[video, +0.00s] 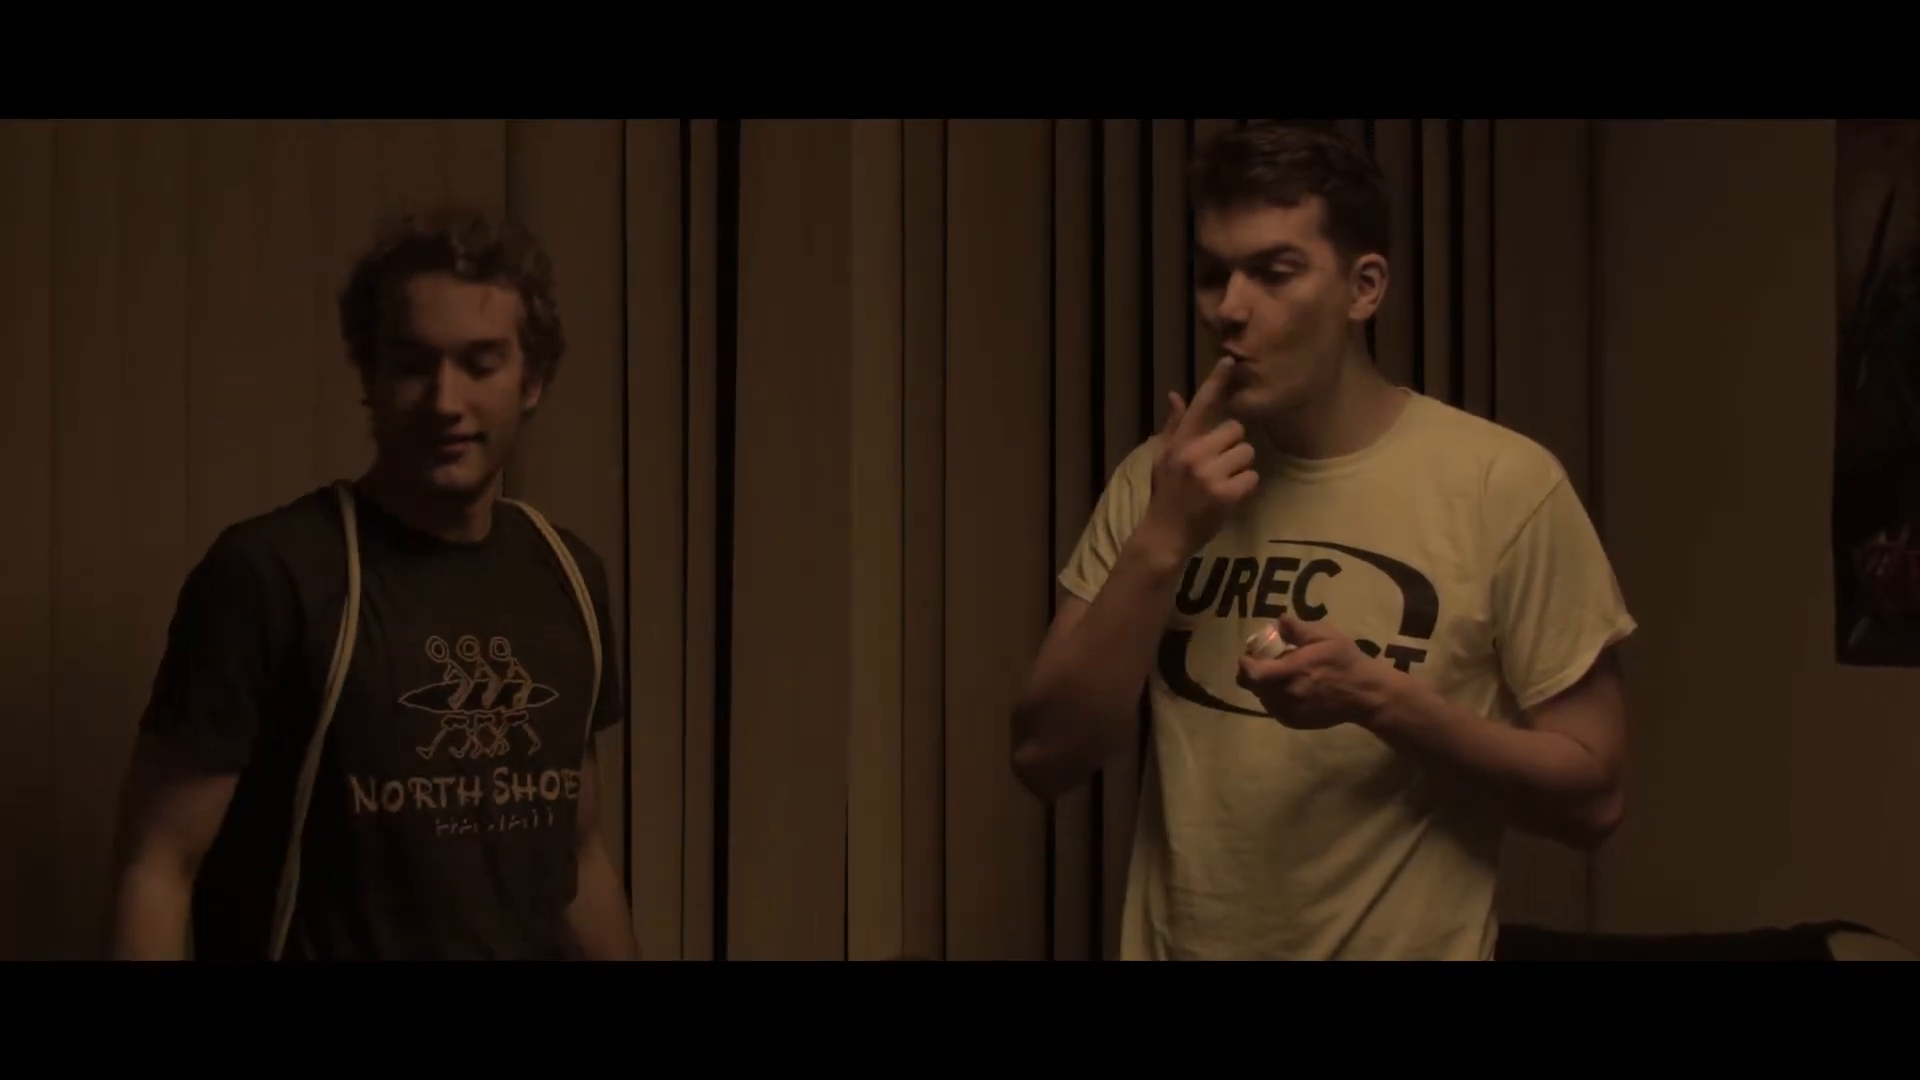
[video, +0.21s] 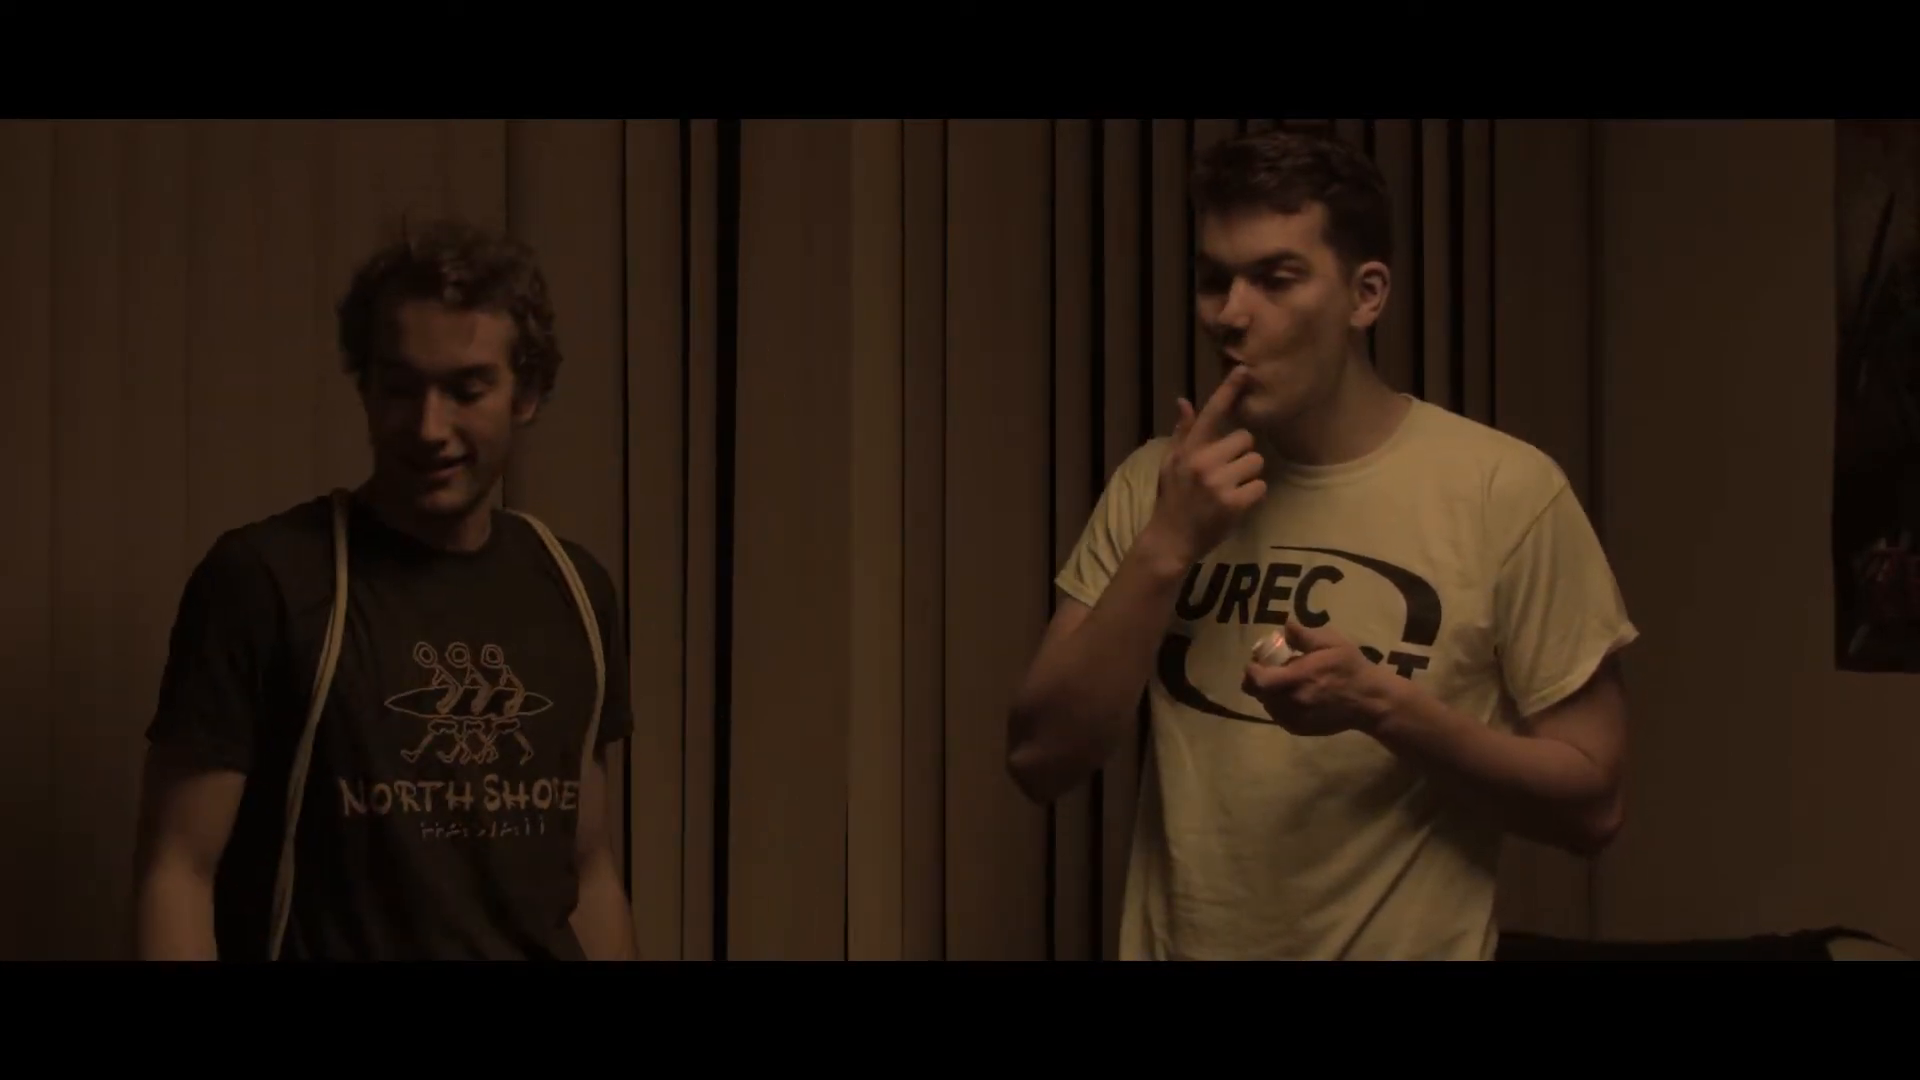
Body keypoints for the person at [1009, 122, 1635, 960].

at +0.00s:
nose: (1228, 310)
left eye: (1275, 272)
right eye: (1215, 275)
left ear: (1365, 287)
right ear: (1198, 283)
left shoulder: (1508, 489)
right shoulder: (1157, 478)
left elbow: (1593, 795)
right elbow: (1044, 757)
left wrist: (1383, 696)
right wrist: (1162, 536)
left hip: (1407, 946)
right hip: (1173, 942)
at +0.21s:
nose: (1230, 314)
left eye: (1276, 278)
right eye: (1216, 279)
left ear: (1367, 294)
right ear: (1198, 288)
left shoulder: (1508, 496)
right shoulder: (1155, 483)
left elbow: (1593, 803)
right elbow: (1041, 760)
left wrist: (1386, 704)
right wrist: (1165, 542)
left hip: (1407, 949)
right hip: (1172, 944)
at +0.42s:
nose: (1239, 339)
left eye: (1282, 301)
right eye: (1219, 304)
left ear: (1370, 314)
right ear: (1201, 314)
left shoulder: (1507, 516)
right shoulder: (1153, 506)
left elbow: (1594, 821)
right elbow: (1037, 778)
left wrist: (1385, 724)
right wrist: (1162, 558)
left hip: (1411, 949)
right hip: (1173, 944)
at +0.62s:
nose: (1238, 341)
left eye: (1282, 305)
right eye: (1220, 305)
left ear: (1371, 316)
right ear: (1201, 313)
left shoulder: (1508, 516)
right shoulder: (1156, 503)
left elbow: (1594, 822)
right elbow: (1042, 778)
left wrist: (1387, 724)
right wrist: (1165, 560)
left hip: (1411, 947)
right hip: (1173, 942)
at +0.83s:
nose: (1235, 339)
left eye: (1280, 305)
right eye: (1220, 305)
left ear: (1372, 316)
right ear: (1202, 313)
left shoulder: (1510, 514)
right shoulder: (1157, 499)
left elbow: (1596, 821)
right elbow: (1042, 774)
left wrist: (1391, 722)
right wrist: (1169, 556)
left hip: (1412, 949)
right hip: (1175, 943)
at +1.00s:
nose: (1243, 340)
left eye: (1283, 305)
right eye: (1224, 308)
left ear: (1375, 312)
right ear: (1206, 316)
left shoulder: (1512, 513)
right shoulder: (1159, 500)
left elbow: (1595, 820)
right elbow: (1043, 773)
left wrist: (1391, 721)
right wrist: (1169, 556)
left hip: (1415, 950)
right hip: (1176, 945)